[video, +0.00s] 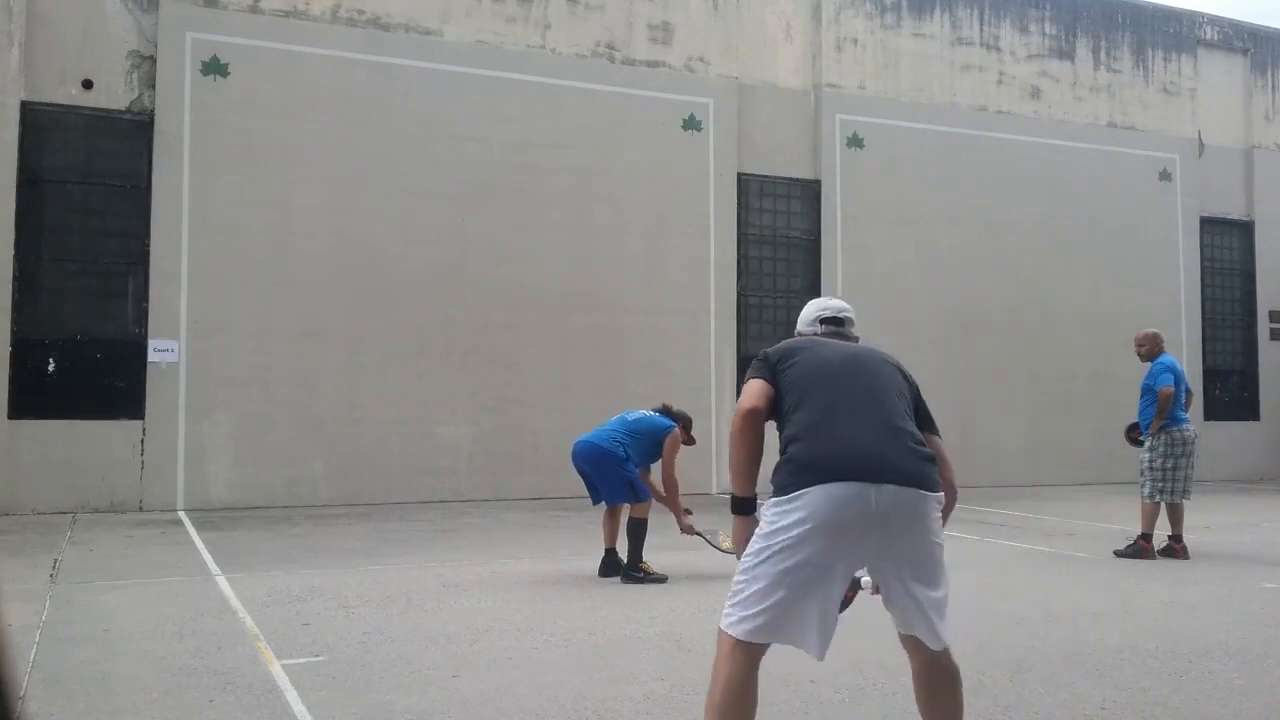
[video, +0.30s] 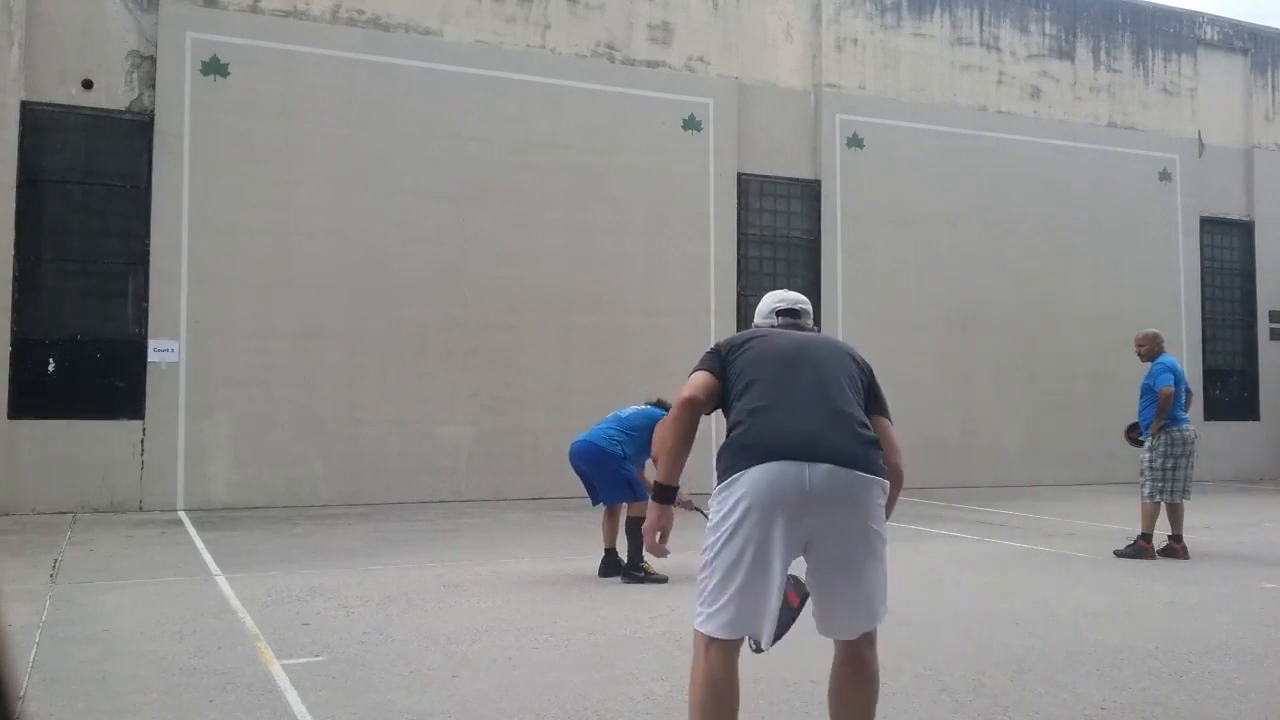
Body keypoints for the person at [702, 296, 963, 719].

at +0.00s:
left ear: (800, 334)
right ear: (856, 335)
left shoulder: (778, 354)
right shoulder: (893, 367)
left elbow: (749, 411)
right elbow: (947, 488)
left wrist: (743, 511)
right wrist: (896, 565)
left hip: (815, 490)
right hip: (913, 494)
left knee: (740, 642)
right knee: (929, 641)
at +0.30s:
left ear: (755, 327)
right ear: (813, 328)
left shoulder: (733, 346)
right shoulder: (851, 356)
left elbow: (689, 400)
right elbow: (893, 465)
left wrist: (662, 497)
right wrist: (865, 532)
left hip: (760, 470)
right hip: (855, 476)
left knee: (717, 640)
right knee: (857, 639)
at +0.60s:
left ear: (763, 328)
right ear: (820, 331)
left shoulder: (738, 347)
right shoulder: (856, 364)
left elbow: (698, 399)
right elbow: (886, 477)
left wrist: (689, 498)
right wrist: (827, 546)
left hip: (749, 466)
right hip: (845, 477)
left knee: (685, 621)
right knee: (850, 643)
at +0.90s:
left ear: (740, 338)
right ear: (795, 344)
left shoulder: (699, 361)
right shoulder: (821, 377)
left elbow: (653, 432)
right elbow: (841, 488)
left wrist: (665, 487)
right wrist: (795, 526)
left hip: (685, 485)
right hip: (783, 493)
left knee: (606, 646)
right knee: (826, 643)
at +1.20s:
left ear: (676, 353)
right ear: (729, 359)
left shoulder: (638, 374)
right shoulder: (754, 389)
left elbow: (583, 458)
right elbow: (760, 493)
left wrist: (633, 553)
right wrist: (684, 559)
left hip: (616, 481)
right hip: (714, 485)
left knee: (560, 650)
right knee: (776, 652)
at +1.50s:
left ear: (664, 337)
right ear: (718, 341)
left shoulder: (629, 361)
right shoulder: (747, 374)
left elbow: (586, 452)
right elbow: (759, 476)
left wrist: (606, 508)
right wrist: (734, 531)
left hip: (621, 481)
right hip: (718, 485)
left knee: (563, 650)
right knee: (776, 650)